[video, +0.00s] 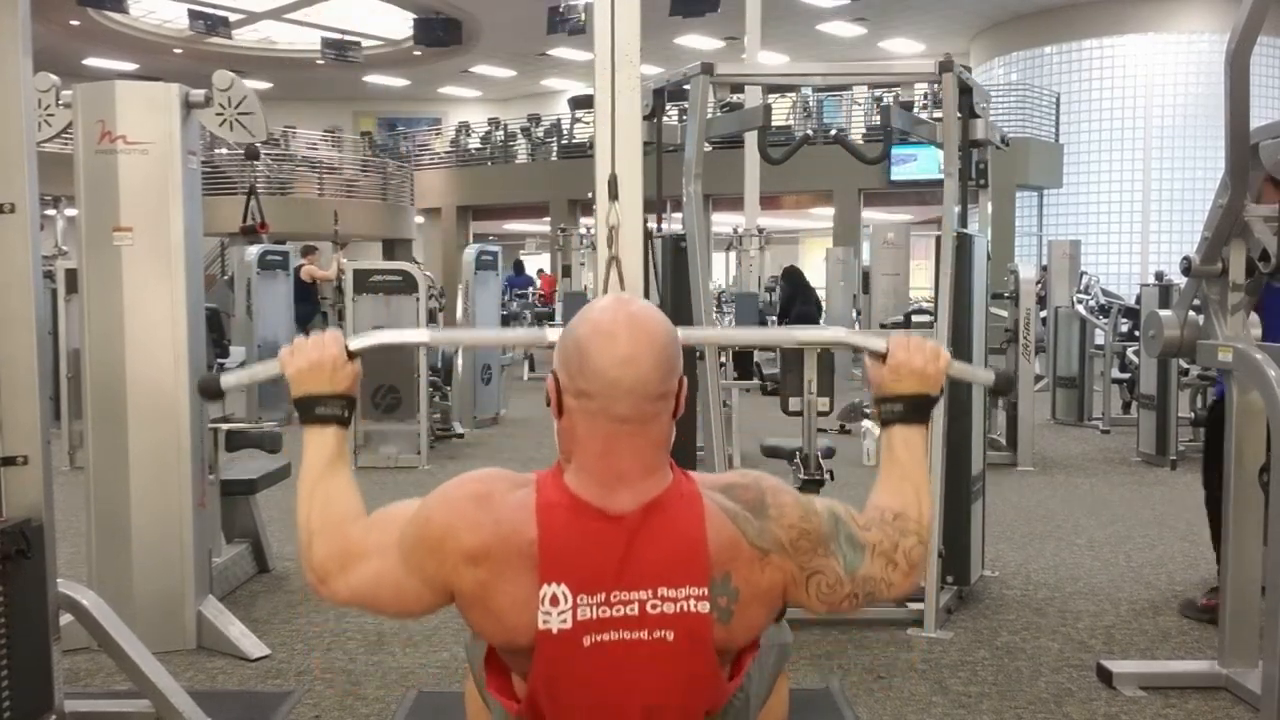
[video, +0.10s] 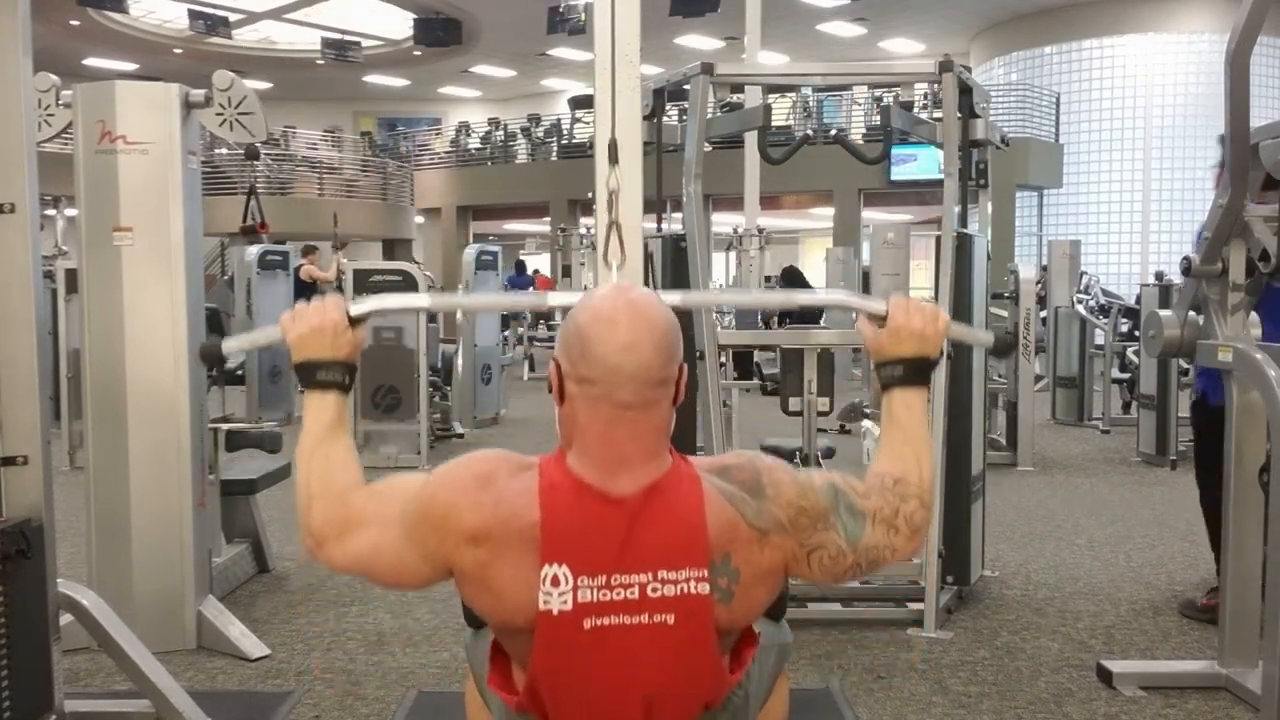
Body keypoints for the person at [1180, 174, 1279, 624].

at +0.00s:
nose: (1254, 197)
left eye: (1259, 187)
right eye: (1255, 187)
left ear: (1272, 188)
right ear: (1266, 188)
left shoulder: (1263, 243)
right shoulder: (1256, 238)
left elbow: (1253, 303)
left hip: (1251, 385)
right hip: (1244, 383)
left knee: (1221, 477)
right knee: (1225, 478)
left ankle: (1234, 587)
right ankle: (1242, 584)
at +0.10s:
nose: (1215, 181)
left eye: (1222, 173)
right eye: (1218, 173)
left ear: (1252, 182)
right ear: (1239, 181)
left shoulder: (1259, 234)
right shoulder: (1227, 230)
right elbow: (1201, 292)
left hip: (1247, 388)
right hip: (1217, 386)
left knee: (1226, 491)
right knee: (1218, 489)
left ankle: (1241, 589)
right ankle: (1232, 584)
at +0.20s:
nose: (1189, 183)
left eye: (1193, 175)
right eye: (1193, 174)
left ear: (1206, 180)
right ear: (1232, 180)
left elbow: (1160, 298)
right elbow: (1265, 304)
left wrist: (1169, 281)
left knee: (1211, 484)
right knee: (1203, 473)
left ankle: (1226, 591)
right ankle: (1186, 551)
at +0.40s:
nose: (1142, 195)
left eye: (1147, 188)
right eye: (1146, 188)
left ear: (1161, 195)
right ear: (1183, 199)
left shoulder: (1148, 247)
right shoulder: (1201, 243)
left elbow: (1120, 311)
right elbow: (1203, 308)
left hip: (1153, 378)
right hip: (1187, 375)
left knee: (1167, 472)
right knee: (1160, 464)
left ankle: (1217, 567)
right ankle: (1147, 546)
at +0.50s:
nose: (1124, 193)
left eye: (1128, 186)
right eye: (1127, 186)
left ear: (1141, 193)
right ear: (1164, 197)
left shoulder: (1130, 245)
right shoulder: (1182, 243)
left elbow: (1106, 310)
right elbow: (1180, 306)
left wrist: (1083, 365)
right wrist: (1125, 349)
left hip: (1132, 375)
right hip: (1171, 373)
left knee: (1115, 457)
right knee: (1156, 456)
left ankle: (1188, 534)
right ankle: (1149, 547)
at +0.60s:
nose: (1098, 189)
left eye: (1104, 182)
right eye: (1102, 182)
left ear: (1121, 188)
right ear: (1134, 191)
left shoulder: (1112, 237)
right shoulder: (1157, 235)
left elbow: (1093, 301)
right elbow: (1158, 299)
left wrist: (1066, 356)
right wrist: (1074, 336)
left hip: (1111, 367)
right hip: (1152, 366)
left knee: (1080, 438)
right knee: (1150, 454)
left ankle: (1133, 523)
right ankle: (1152, 550)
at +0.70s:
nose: (1073, 194)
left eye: (1079, 187)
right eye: (1076, 187)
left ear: (1097, 193)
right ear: (1107, 196)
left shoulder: (1088, 237)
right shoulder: (1130, 239)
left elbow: (1078, 297)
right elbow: (1098, 302)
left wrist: (1052, 358)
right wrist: (1042, 313)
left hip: (1088, 364)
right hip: (1129, 364)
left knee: (1055, 435)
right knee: (1139, 450)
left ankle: (1072, 530)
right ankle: (1145, 542)